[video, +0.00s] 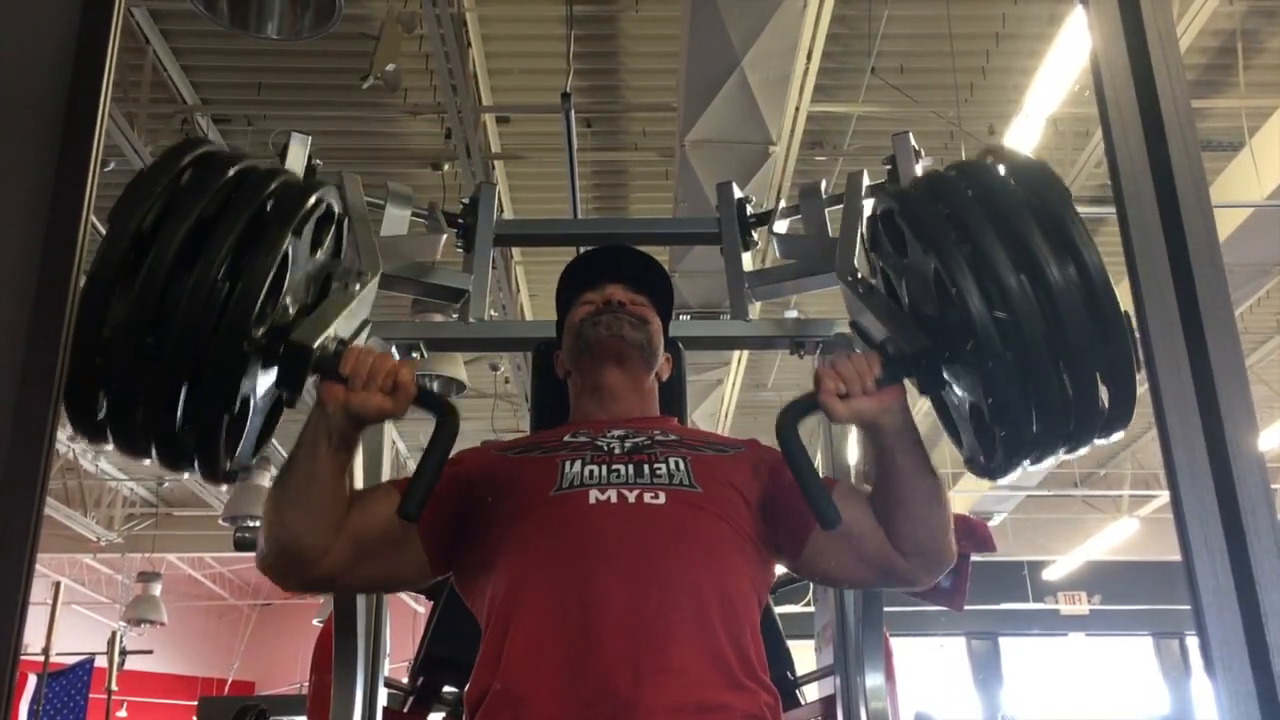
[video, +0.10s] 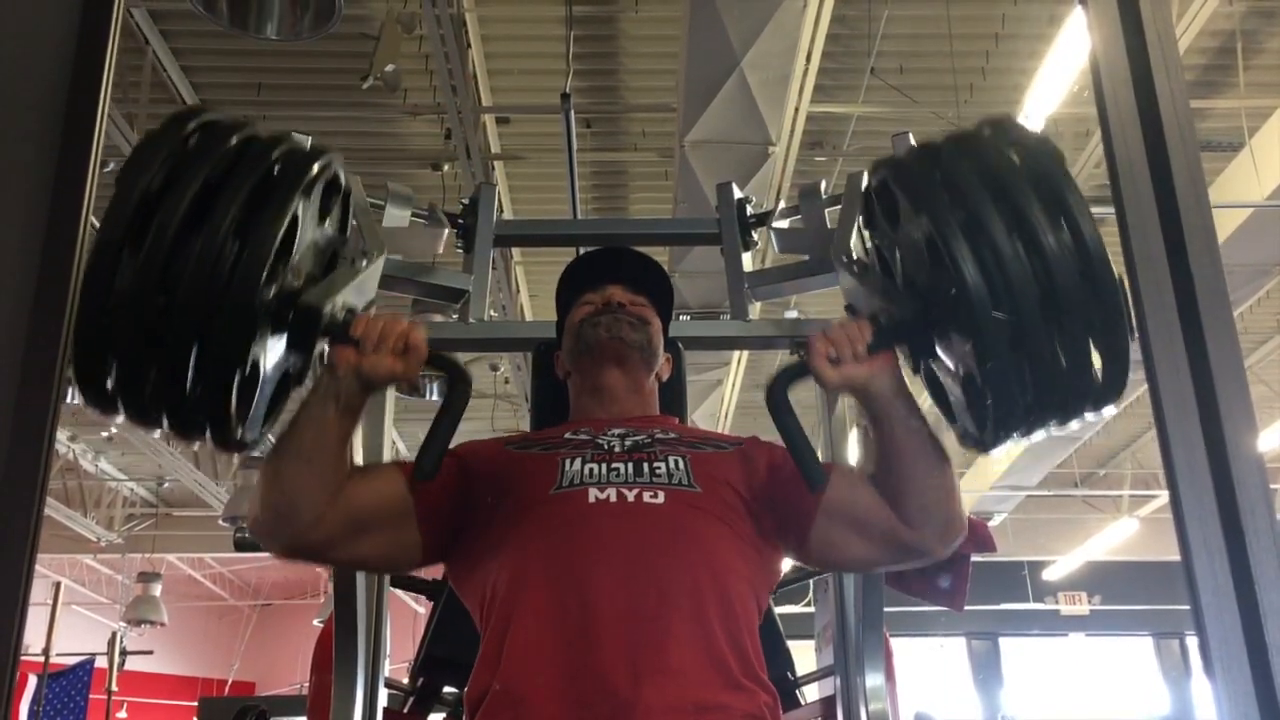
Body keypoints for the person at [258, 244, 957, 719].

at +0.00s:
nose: (616, 306)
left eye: (639, 307)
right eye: (591, 306)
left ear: (670, 360)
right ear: (557, 359)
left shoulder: (748, 465)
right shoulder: (489, 471)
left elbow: (917, 558)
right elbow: (298, 557)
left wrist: (890, 425)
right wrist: (336, 418)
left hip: (724, 705)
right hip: (530, 707)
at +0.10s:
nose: (616, 309)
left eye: (639, 311)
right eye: (590, 309)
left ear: (668, 362)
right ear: (556, 361)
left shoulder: (743, 463)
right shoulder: (488, 469)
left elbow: (926, 531)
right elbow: (291, 523)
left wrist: (881, 395)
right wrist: (346, 385)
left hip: (726, 704)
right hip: (529, 704)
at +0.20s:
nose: (610, 312)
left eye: (634, 313)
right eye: (586, 313)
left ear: (666, 365)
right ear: (555, 364)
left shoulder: (741, 460)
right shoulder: (487, 467)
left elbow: (925, 486)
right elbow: (293, 479)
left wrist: (867, 342)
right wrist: (358, 336)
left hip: (726, 703)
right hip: (526, 703)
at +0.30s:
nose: (608, 310)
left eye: (633, 312)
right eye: (584, 310)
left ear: (664, 364)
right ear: (554, 363)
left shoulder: (744, 458)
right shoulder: (484, 463)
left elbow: (921, 441)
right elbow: (303, 432)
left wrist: (859, 296)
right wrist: (366, 291)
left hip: (720, 704)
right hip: (526, 705)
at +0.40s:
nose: (610, 307)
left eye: (635, 307)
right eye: (584, 307)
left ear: (666, 360)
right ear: (554, 362)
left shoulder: (751, 454)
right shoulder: (484, 461)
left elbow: (906, 407)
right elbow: (319, 397)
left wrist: (851, 251)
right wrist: (377, 252)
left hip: (723, 704)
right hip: (527, 704)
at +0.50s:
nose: (610, 319)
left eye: (634, 316)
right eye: (586, 315)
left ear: (667, 365)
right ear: (556, 363)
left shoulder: (753, 452)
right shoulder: (484, 456)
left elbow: (892, 381)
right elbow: (337, 367)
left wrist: (842, 221)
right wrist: (387, 217)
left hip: (726, 705)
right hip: (523, 706)